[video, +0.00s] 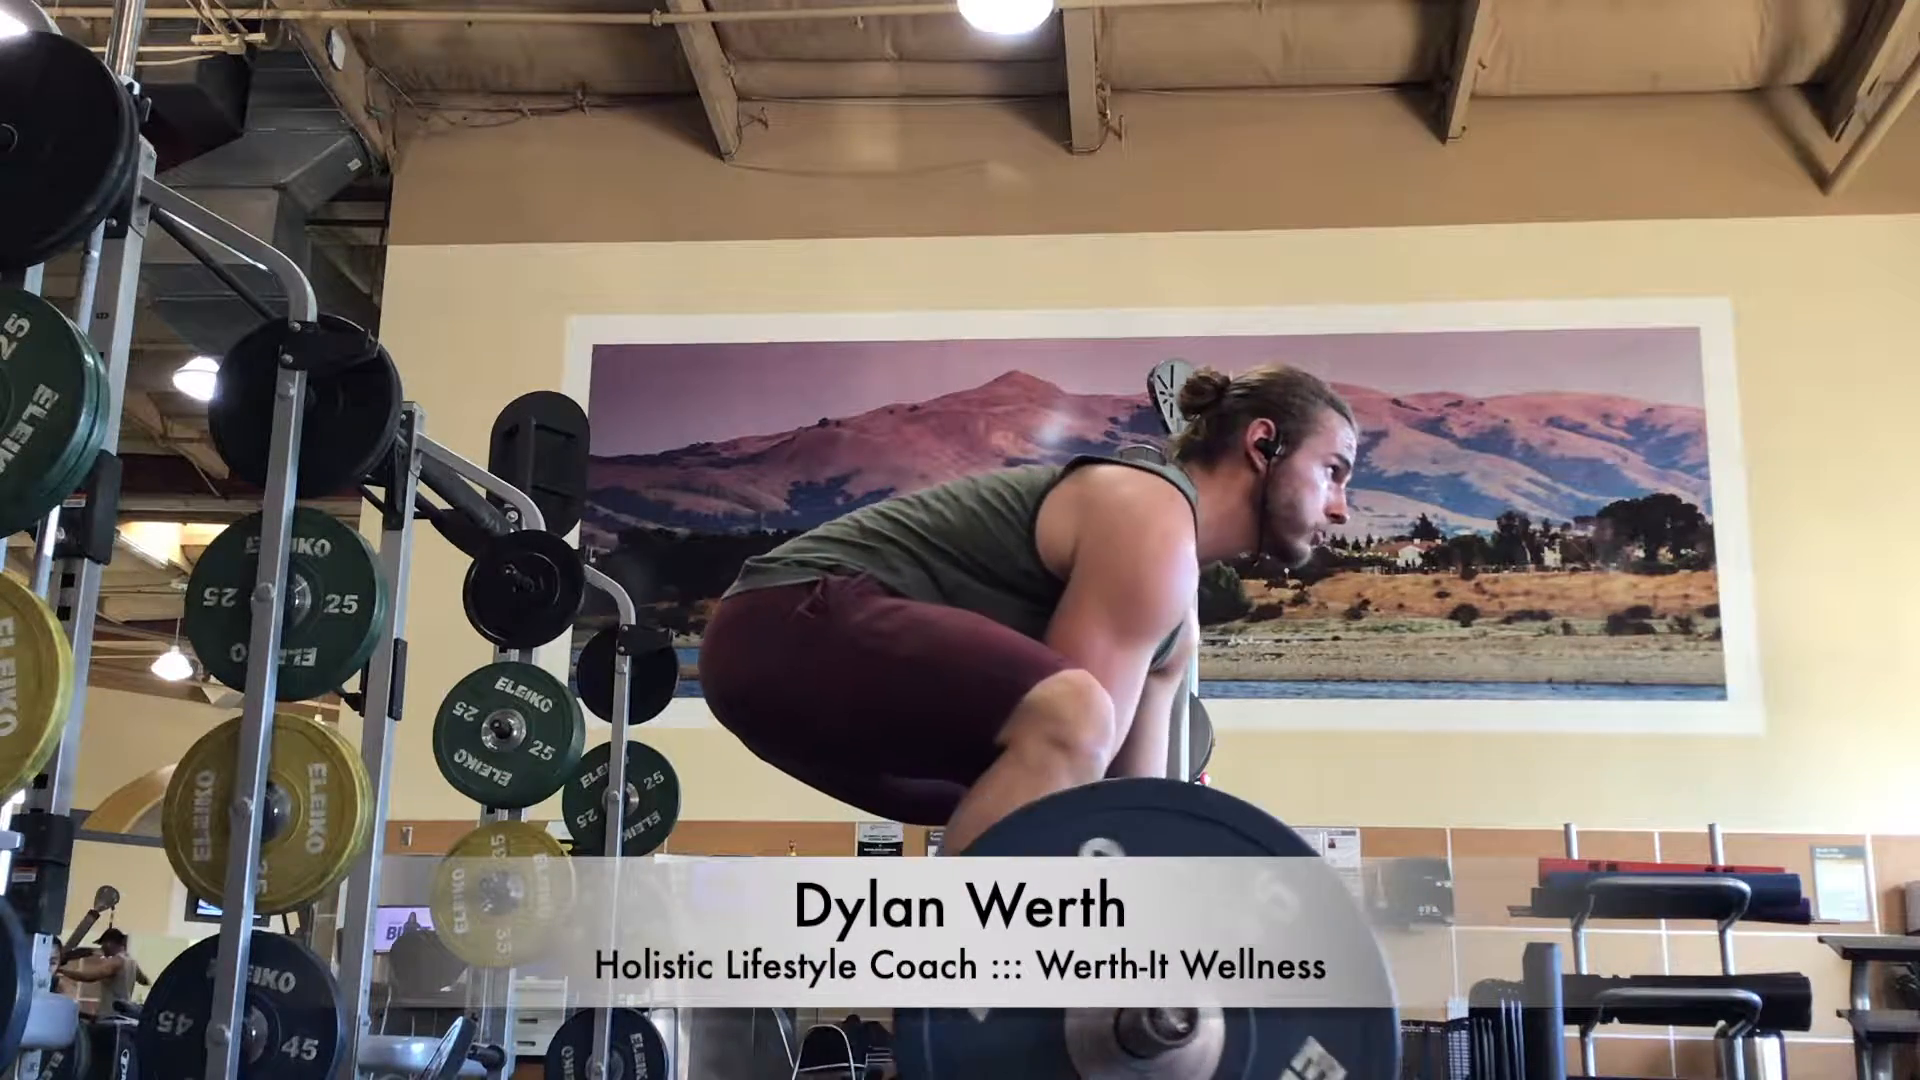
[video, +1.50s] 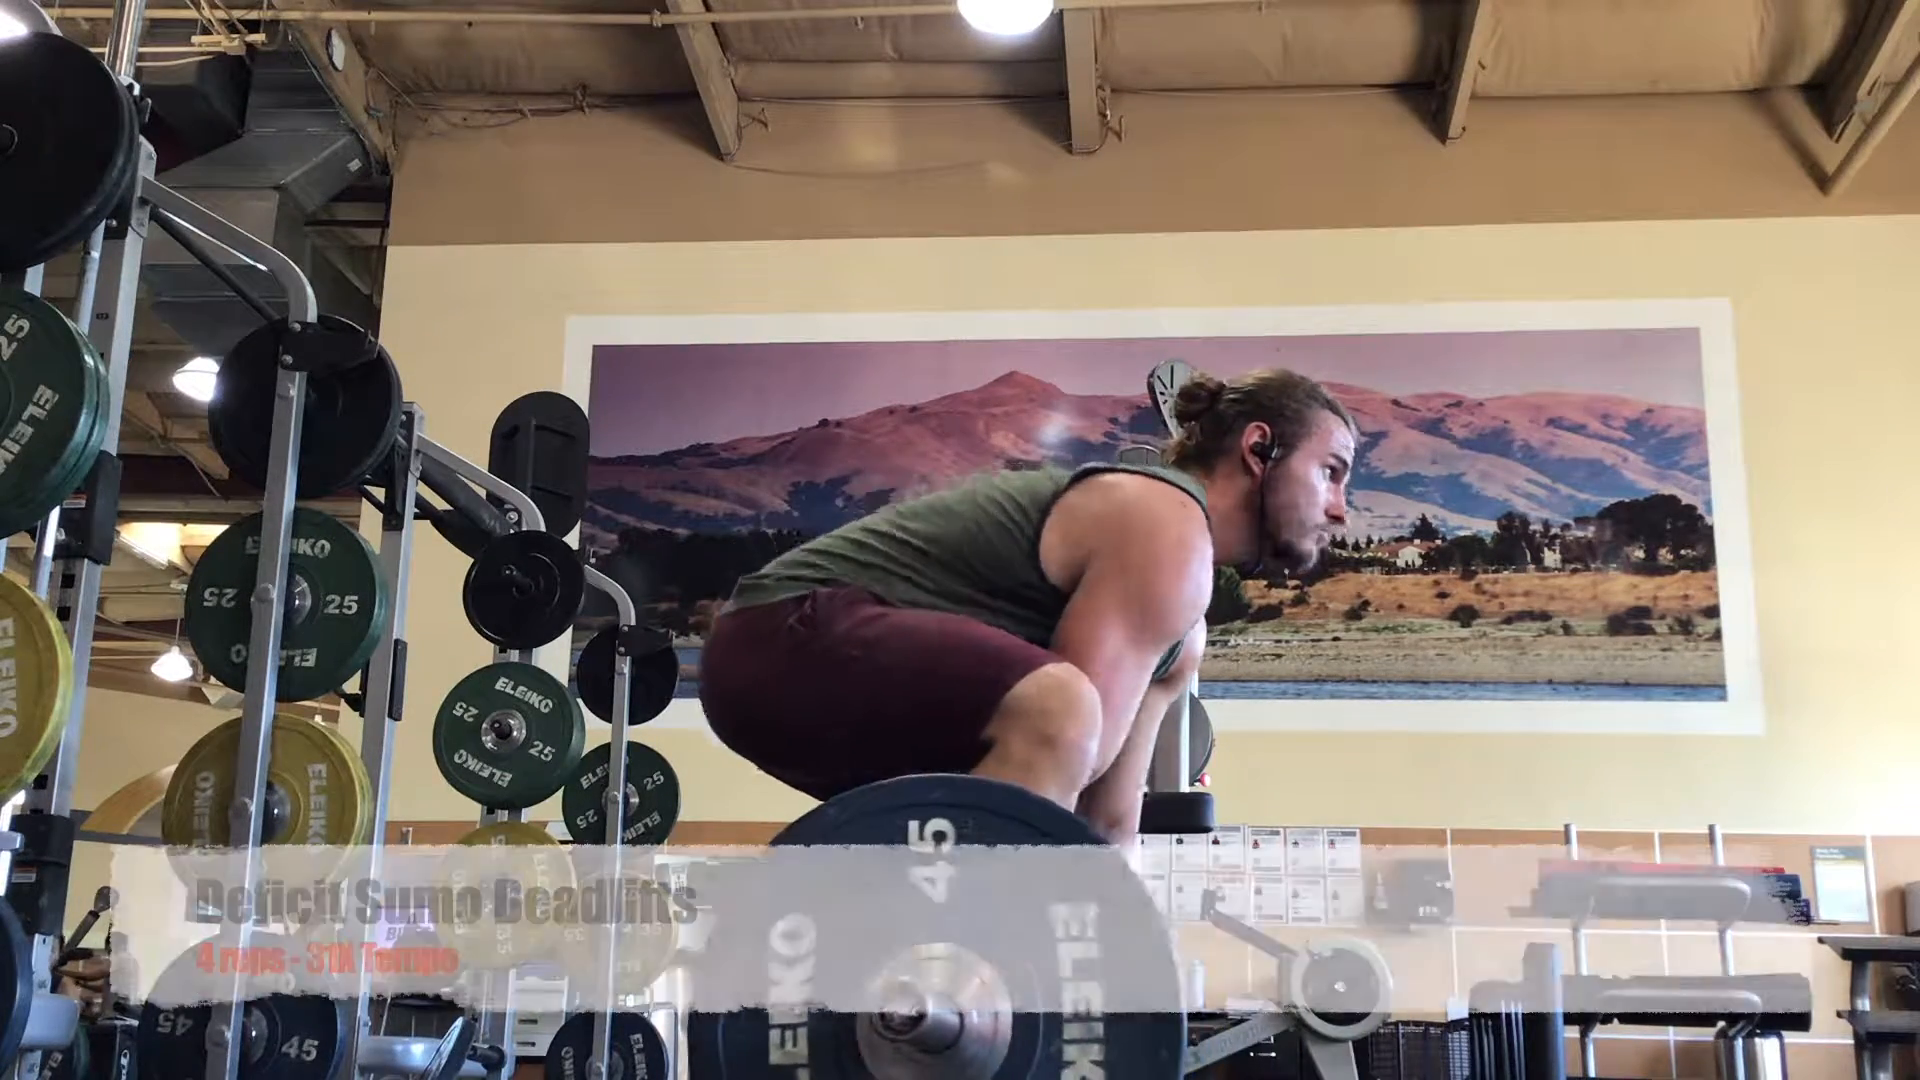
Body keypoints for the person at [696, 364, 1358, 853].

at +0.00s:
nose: (1343, 507)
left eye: (1347, 481)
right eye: (1333, 471)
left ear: (1263, 452)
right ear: (1260, 448)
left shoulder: (1173, 617)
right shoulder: (1146, 525)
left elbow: (1134, 809)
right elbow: (1062, 759)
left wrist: (1149, 979)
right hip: (788, 617)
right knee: (1071, 718)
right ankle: (927, 967)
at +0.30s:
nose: (1320, 498)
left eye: (1326, 477)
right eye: (1311, 463)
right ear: (1238, 437)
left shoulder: (1163, 617)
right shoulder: (1120, 519)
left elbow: (1139, 797)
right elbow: (1074, 784)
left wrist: (1173, 966)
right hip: (770, 614)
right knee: (1051, 716)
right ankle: (914, 1042)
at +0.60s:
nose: (1312, 497)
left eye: (1317, 473)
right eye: (1300, 462)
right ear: (1226, 440)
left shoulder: (1175, 615)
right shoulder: (1104, 521)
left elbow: (1148, 804)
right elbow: (1066, 771)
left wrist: (1161, 973)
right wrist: (1103, 962)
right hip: (751, 606)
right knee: (1006, 699)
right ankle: (913, 1004)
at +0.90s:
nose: (1318, 501)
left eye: (1325, 480)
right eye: (1309, 466)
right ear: (1236, 438)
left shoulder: (1175, 625)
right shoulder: (1115, 520)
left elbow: (1123, 814)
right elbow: (1042, 779)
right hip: (757, 606)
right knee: (1019, 707)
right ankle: (892, 978)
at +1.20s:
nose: (1337, 522)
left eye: (1344, 499)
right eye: (1328, 485)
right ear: (1255, 454)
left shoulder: (1178, 631)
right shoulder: (1134, 529)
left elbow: (1112, 812)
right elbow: (1030, 757)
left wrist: (1117, 978)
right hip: (766, 599)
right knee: (1033, 707)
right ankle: (941, 975)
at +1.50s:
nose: (1344, 509)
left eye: (1347, 483)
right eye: (1332, 472)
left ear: (1257, 456)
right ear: (1257, 452)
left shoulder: (1177, 612)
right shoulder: (1164, 531)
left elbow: (1109, 816)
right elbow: (1061, 766)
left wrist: (1113, 967)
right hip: (783, 630)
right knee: (1059, 713)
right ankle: (951, 962)